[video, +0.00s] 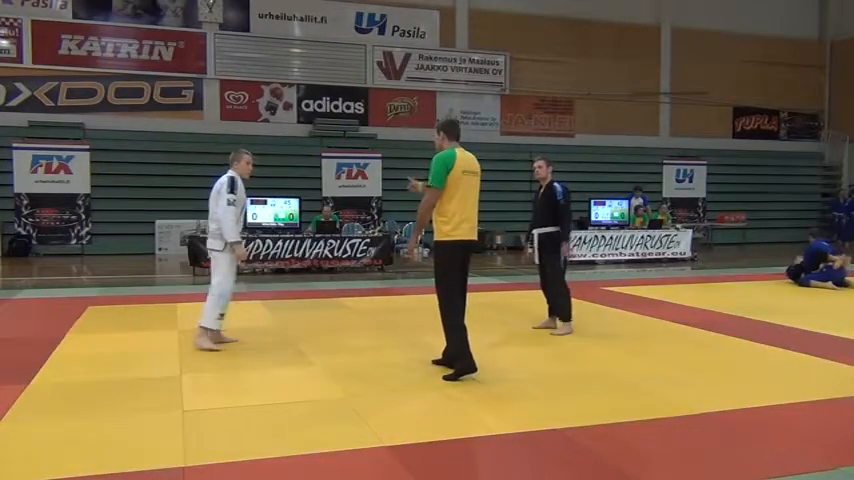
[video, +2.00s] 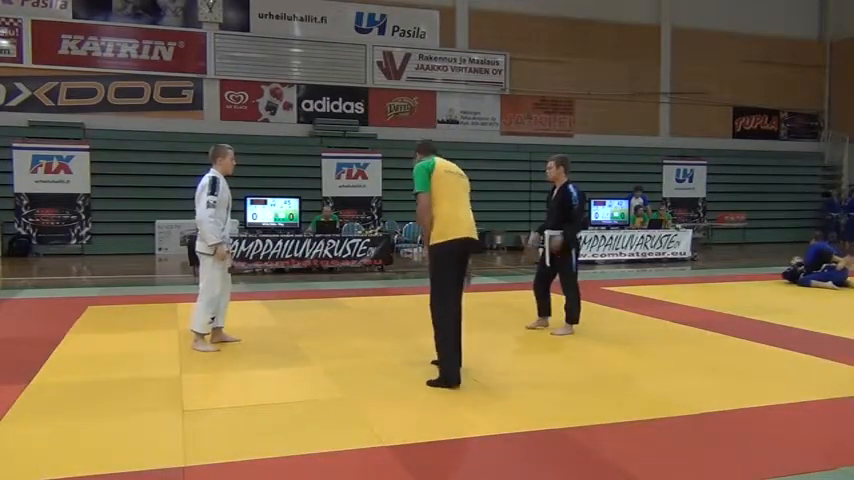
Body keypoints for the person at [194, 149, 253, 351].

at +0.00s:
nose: (251, 168)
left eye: (251, 164)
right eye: (248, 163)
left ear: (238, 164)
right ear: (236, 164)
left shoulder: (233, 182)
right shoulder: (231, 181)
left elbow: (229, 215)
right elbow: (228, 215)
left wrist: (236, 242)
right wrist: (236, 243)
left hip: (225, 243)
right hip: (221, 243)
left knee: (225, 285)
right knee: (221, 285)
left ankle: (215, 330)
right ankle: (203, 332)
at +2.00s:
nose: (235, 163)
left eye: (234, 159)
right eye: (232, 159)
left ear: (220, 160)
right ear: (221, 160)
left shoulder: (219, 182)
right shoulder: (212, 181)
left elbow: (217, 217)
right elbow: (206, 216)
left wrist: (225, 244)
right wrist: (217, 244)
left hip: (220, 245)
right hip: (210, 246)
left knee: (223, 288)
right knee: (210, 289)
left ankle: (217, 331)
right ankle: (199, 338)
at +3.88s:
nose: (356, 186)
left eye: (356, 182)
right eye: (355, 181)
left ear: (335, 178)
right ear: (347, 178)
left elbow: (313, 233)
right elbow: (349, 231)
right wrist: (369, 244)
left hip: (308, 259)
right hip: (324, 259)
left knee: (339, 305)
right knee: (330, 311)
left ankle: (348, 351)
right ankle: (307, 373)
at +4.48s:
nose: (332, 191)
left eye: (333, 187)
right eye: (332, 186)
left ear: (320, 183)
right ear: (323, 183)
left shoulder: (315, 204)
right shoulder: (303, 196)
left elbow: (307, 237)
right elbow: (292, 234)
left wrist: (337, 228)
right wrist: (320, 252)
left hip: (288, 258)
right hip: (271, 257)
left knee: (307, 302)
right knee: (289, 307)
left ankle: (303, 354)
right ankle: (276, 371)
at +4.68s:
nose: (308, 184)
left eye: (309, 179)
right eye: (307, 178)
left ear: (295, 176)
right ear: (296, 176)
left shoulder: (289, 196)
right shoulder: (277, 191)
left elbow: (281, 229)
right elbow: (280, 228)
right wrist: (312, 235)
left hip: (268, 260)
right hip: (252, 259)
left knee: (285, 303)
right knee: (246, 310)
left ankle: (300, 354)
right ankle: (205, 351)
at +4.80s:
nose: (292, 185)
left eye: (292, 180)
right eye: (291, 180)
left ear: (278, 177)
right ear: (281, 178)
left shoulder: (273, 200)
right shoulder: (259, 196)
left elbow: (268, 234)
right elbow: (269, 235)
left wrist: (300, 235)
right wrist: (303, 235)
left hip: (256, 265)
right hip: (236, 264)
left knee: (280, 298)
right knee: (223, 314)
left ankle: (296, 351)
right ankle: (196, 360)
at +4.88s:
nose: (289, 183)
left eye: (290, 178)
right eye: (288, 178)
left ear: (276, 174)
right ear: (277, 174)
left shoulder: (269, 196)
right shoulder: (254, 191)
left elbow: (262, 229)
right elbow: (259, 229)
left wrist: (291, 233)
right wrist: (292, 233)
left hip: (251, 257)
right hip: (230, 257)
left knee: (275, 294)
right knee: (223, 308)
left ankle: (280, 348)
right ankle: (197, 360)